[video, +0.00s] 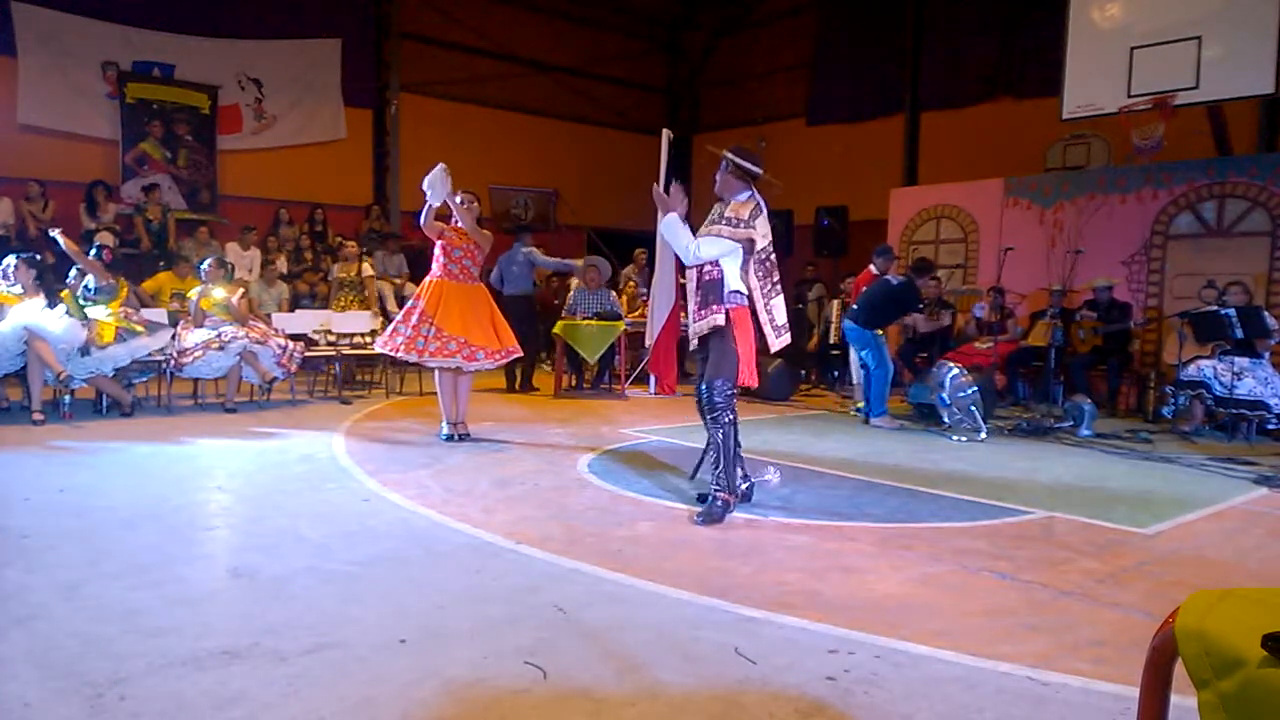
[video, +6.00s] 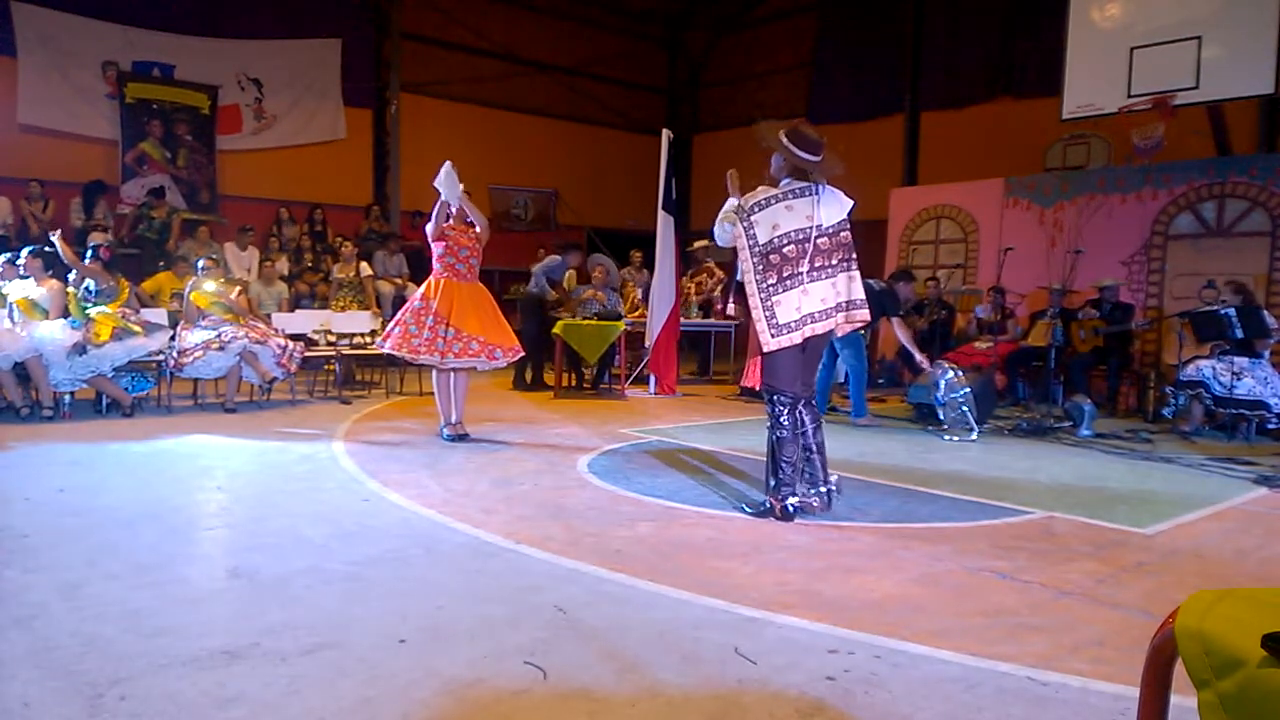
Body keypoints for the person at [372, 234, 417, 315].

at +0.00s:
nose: (396, 245)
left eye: (397, 242)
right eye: (393, 242)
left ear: (398, 244)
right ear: (387, 243)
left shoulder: (400, 255)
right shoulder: (379, 255)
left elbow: (405, 272)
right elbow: (380, 273)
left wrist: (402, 283)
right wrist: (393, 282)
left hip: (397, 278)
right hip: (383, 278)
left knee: (412, 289)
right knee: (387, 288)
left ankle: (411, 314)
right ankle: (394, 314)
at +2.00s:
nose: (396, 244)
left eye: (397, 242)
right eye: (393, 242)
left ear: (398, 243)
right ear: (386, 243)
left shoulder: (400, 255)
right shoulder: (378, 255)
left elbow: (405, 272)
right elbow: (379, 274)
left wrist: (402, 283)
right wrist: (393, 282)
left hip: (398, 278)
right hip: (384, 278)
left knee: (412, 289)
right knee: (387, 289)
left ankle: (413, 313)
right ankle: (394, 314)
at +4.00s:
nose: (397, 245)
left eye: (398, 243)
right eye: (394, 242)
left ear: (399, 244)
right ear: (387, 243)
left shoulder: (400, 256)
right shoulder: (379, 254)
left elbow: (405, 272)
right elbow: (380, 273)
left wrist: (404, 282)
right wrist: (395, 283)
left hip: (398, 278)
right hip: (383, 278)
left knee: (414, 291)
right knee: (387, 291)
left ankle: (417, 317)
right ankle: (387, 318)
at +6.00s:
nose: (397, 245)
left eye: (398, 243)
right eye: (394, 242)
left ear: (399, 244)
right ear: (387, 243)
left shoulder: (400, 256)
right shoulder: (379, 254)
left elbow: (405, 272)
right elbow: (380, 273)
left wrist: (404, 282)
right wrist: (395, 283)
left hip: (397, 278)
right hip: (383, 278)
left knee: (413, 290)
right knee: (387, 291)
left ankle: (416, 316)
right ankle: (387, 318)